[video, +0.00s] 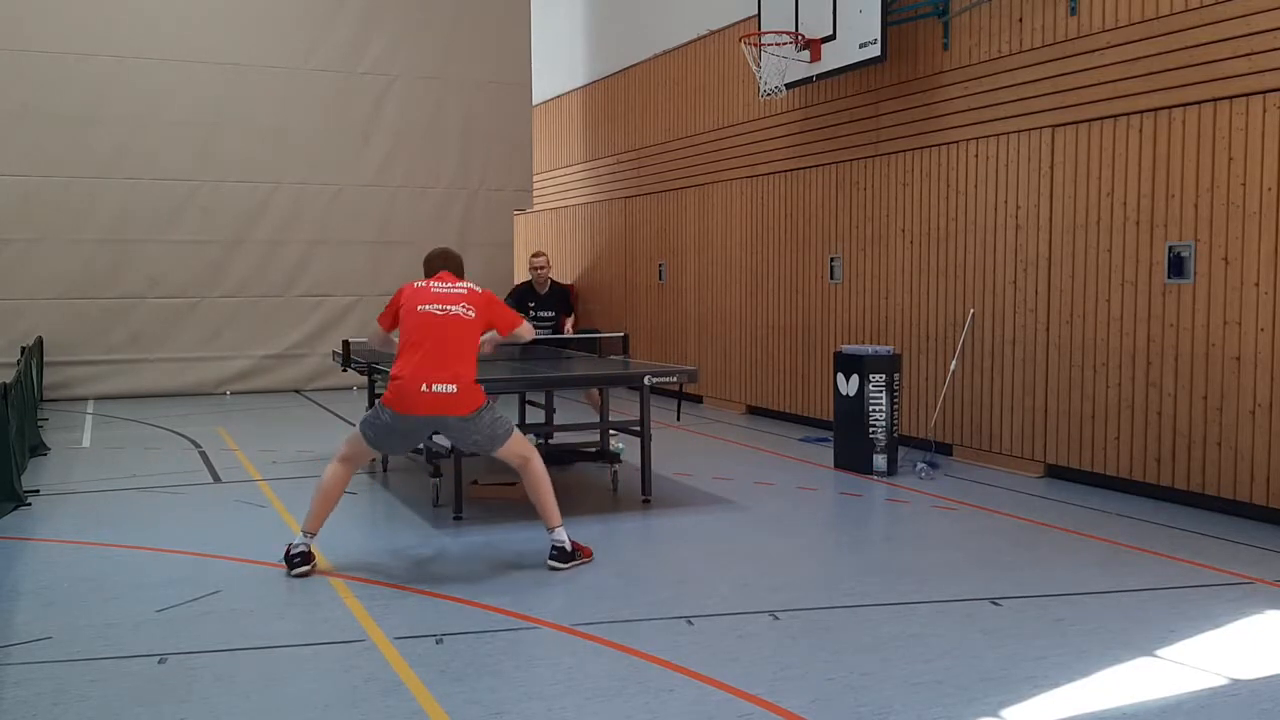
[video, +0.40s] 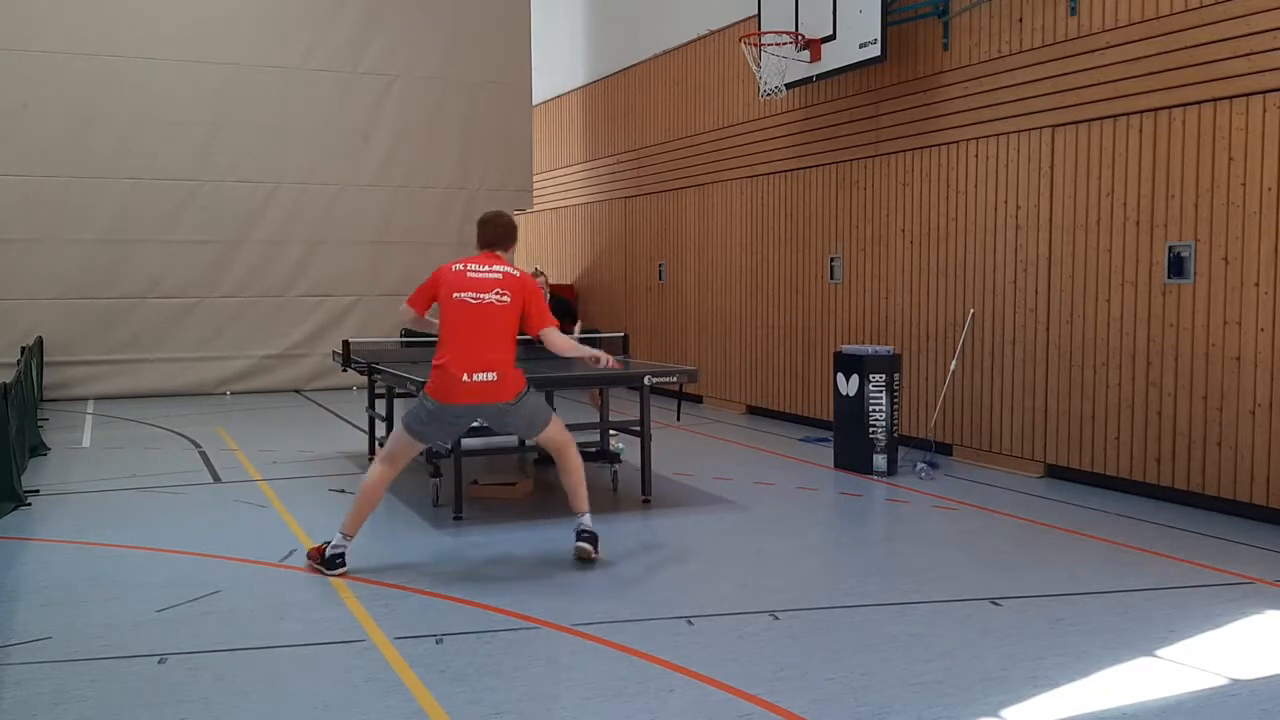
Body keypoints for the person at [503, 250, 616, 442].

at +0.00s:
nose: (539, 272)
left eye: (543, 268)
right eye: (535, 268)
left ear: (549, 269)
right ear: (529, 271)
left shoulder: (562, 291)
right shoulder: (520, 291)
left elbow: (570, 314)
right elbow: (502, 314)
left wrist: (568, 323)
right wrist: (519, 326)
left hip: (558, 351)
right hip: (527, 350)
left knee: (588, 380)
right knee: (495, 375)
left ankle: (608, 429)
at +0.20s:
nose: (536, 290)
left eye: (539, 285)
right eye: (532, 286)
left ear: (546, 285)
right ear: (526, 287)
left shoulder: (557, 300)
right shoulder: (520, 303)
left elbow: (576, 320)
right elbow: (502, 326)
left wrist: (569, 334)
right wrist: (498, 344)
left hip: (559, 353)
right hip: (530, 354)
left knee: (587, 381)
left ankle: (606, 423)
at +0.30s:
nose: (537, 298)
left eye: (541, 294)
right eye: (533, 294)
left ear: (548, 291)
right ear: (527, 293)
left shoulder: (563, 306)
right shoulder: (522, 309)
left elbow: (578, 323)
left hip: (561, 355)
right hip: (532, 356)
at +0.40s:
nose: (542, 292)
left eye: (544, 287)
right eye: (537, 288)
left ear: (549, 286)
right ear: (529, 288)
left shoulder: (560, 304)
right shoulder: (523, 308)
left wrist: (573, 342)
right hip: (535, 358)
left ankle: (607, 429)